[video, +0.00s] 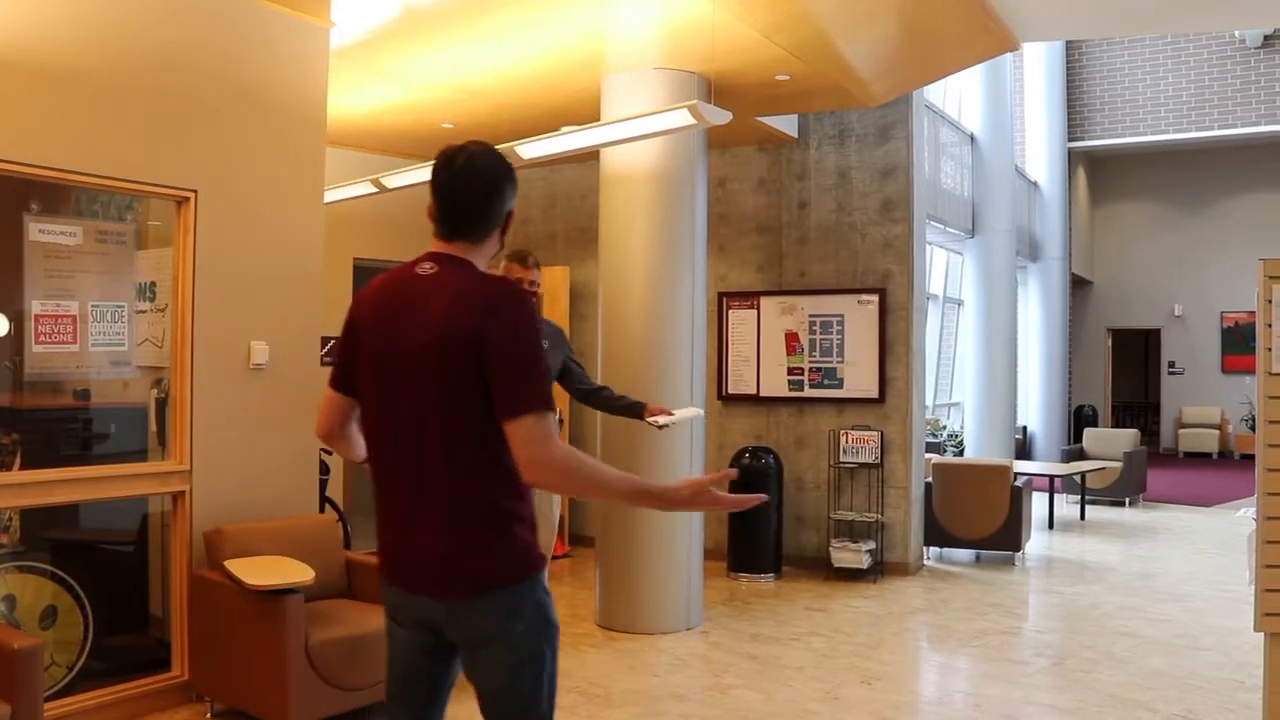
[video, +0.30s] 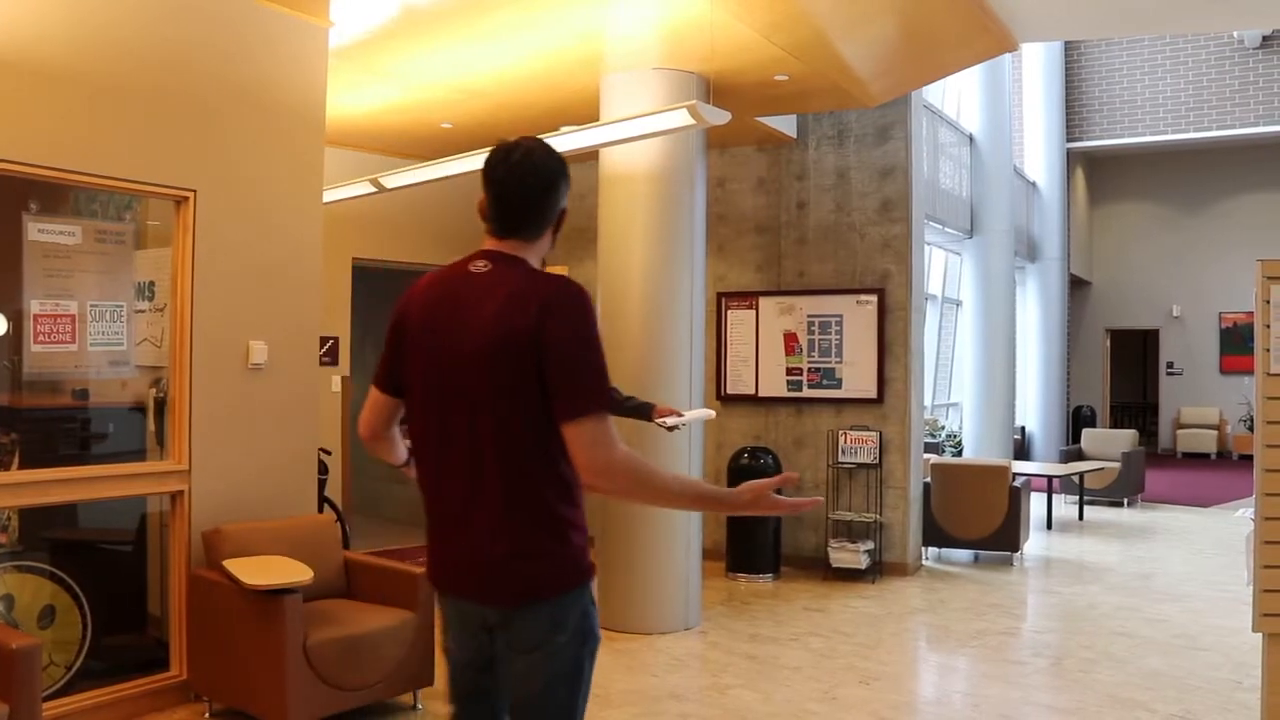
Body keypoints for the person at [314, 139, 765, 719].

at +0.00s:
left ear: (429, 208)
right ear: (504, 223)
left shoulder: (373, 300)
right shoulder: (503, 304)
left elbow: (331, 425)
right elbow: (540, 458)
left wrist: (383, 450)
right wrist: (667, 495)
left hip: (406, 567)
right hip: (493, 572)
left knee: (406, 711)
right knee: (522, 710)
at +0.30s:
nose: (563, 223)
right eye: (565, 213)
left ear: (482, 207)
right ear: (559, 219)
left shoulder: (424, 296)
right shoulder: (557, 300)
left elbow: (374, 429)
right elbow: (600, 462)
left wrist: (416, 460)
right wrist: (726, 499)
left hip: (456, 569)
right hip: (541, 576)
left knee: (475, 712)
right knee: (545, 711)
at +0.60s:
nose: (627, 233)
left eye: (630, 216)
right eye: (626, 215)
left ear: (543, 214)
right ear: (596, 216)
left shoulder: (476, 299)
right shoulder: (603, 304)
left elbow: (424, 430)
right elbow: (644, 468)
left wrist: (459, 461)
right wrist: (771, 502)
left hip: (505, 563)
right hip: (577, 574)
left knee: (564, 708)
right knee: (573, 712)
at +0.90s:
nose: (658, 240)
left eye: (658, 225)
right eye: (658, 226)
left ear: (581, 222)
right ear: (644, 230)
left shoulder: (524, 307)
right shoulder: (645, 308)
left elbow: (475, 442)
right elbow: (684, 468)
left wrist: (505, 479)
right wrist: (789, 496)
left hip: (551, 566)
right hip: (624, 577)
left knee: (601, 706)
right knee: (607, 712)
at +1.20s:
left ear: (607, 219)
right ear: (680, 227)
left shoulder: (552, 307)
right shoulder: (704, 304)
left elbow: (508, 441)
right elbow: (738, 454)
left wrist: (523, 481)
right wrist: (799, 486)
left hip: (586, 563)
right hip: (683, 565)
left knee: (605, 712)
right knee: (711, 709)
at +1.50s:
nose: (648, 220)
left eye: (649, 211)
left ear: (654, 220)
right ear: (722, 227)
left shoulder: (597, 306)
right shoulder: (756, 314)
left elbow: (549, 438)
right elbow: (792, 467)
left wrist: (515, 484)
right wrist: (810, 474)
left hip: (620, 560)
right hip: (725, 564)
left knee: (608, 713)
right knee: (754, 711)